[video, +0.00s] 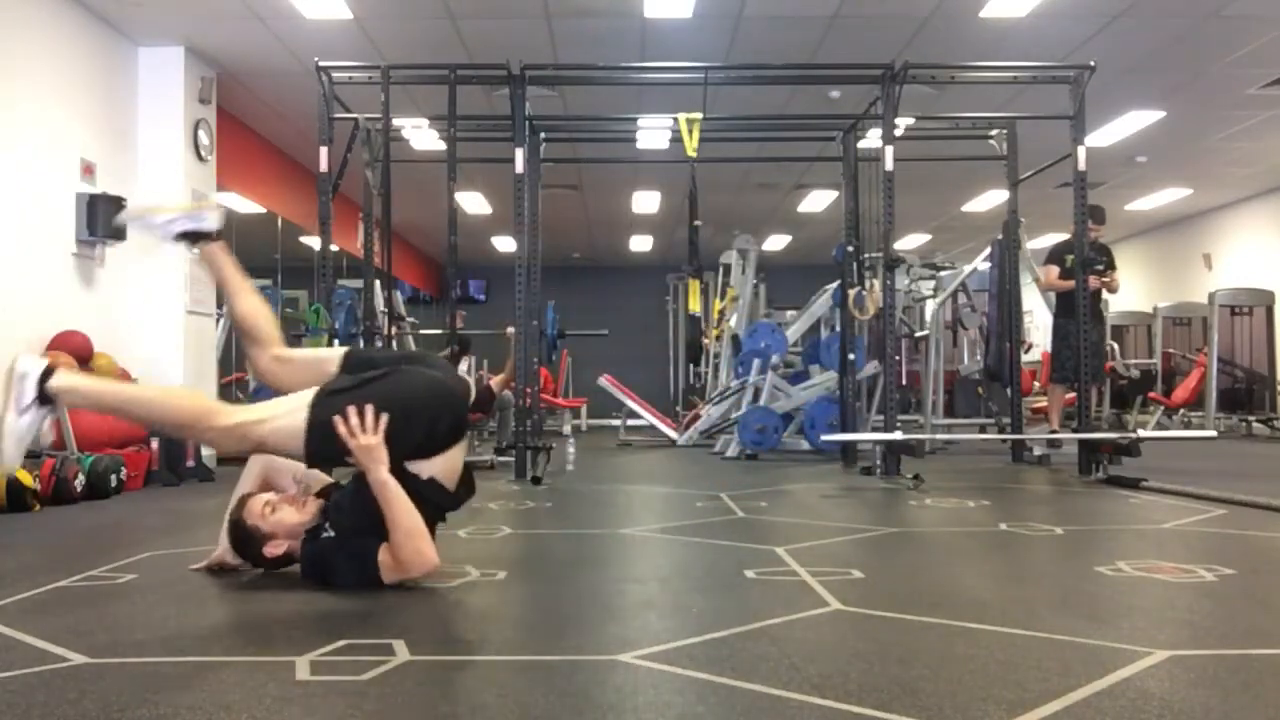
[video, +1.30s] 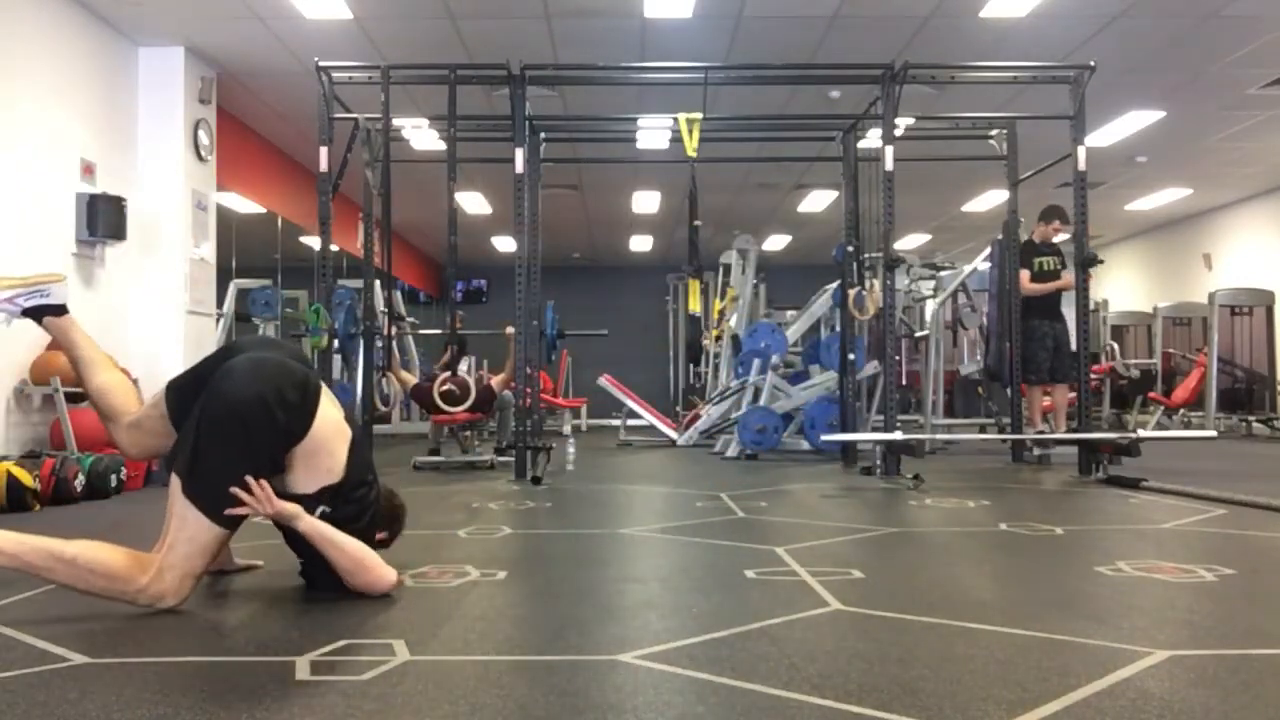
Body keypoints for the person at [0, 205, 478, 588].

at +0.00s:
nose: (277, 497)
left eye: (270, 499)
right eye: (269, 512)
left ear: (289, 498)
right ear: (281, 545)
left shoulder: (327, 507)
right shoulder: (327, 554)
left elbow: (266, 458)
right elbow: (422, 562)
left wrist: (231, 541)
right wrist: (377, 470)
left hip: (418, 384)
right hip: (430, 403)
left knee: (271, 363)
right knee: (225, 428)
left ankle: (208, 240)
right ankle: (51, 383)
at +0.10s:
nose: (271, 500)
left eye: (266, 501)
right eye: (265, 515)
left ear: (282, 497)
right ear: (277, 548)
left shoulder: (322, 508)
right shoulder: (324, 557)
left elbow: (261, 461)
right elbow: (417, 562)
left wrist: (228, 540)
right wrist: (363, 474)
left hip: (402, 370)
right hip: (406, 400)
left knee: (253, 373)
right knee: (209, 452)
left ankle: (168, 260)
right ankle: (28, 418)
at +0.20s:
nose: (268, 507)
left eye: (263, 508)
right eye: (262, 523)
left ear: (277, 503)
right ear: (277, 557)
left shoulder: (325, 516)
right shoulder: (327, 564)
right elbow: (415, 560)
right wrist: (349, 481)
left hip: (387, 363)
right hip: (383, 394)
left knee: (230, 384)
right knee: (190, 480)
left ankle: (129, 284)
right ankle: (11, 457)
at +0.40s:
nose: (253, 521)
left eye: (248, 524)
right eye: (252, 534)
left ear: (256, 518)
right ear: (270, 560)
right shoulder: (328, 563)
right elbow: (405, 566)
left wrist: (211, 552)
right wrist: (323, 498)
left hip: (319, 355)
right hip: (333, 386)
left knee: (182, 401)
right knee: (183, 543)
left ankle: (78, 309)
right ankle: (11, 528)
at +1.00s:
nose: (296, 551)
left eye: (301, 557)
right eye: (308, 557)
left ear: (298, 556)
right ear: (331, 559)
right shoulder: (347, 552)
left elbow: (214, 448)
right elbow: (392, 579)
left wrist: (220, 551)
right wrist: (297, 521)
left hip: (252, 356)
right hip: (270, 389)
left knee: (134, 435)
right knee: (162, 577)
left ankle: (41, 319)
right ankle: (5, 541)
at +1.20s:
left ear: (320, 561)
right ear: (353, 551)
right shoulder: (353, 546)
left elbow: (221, 448)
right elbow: (388, 580)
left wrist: (219, 546)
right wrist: (297, 515)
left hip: (256, 355)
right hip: (271, 393)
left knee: (135, 434)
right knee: (165, 581)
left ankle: (51, 314)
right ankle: (5, 542)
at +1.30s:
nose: (377, 552)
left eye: (380, 544)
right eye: (382, 545)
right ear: (381, 536)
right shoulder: (353, 530)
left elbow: (221, 452)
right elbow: (384, 582)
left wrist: (219, 550)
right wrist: (294, 516)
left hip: (257, 355)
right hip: (265, 396)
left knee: (133, 433)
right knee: (163, 583)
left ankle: (51, 313)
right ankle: (5, 543)